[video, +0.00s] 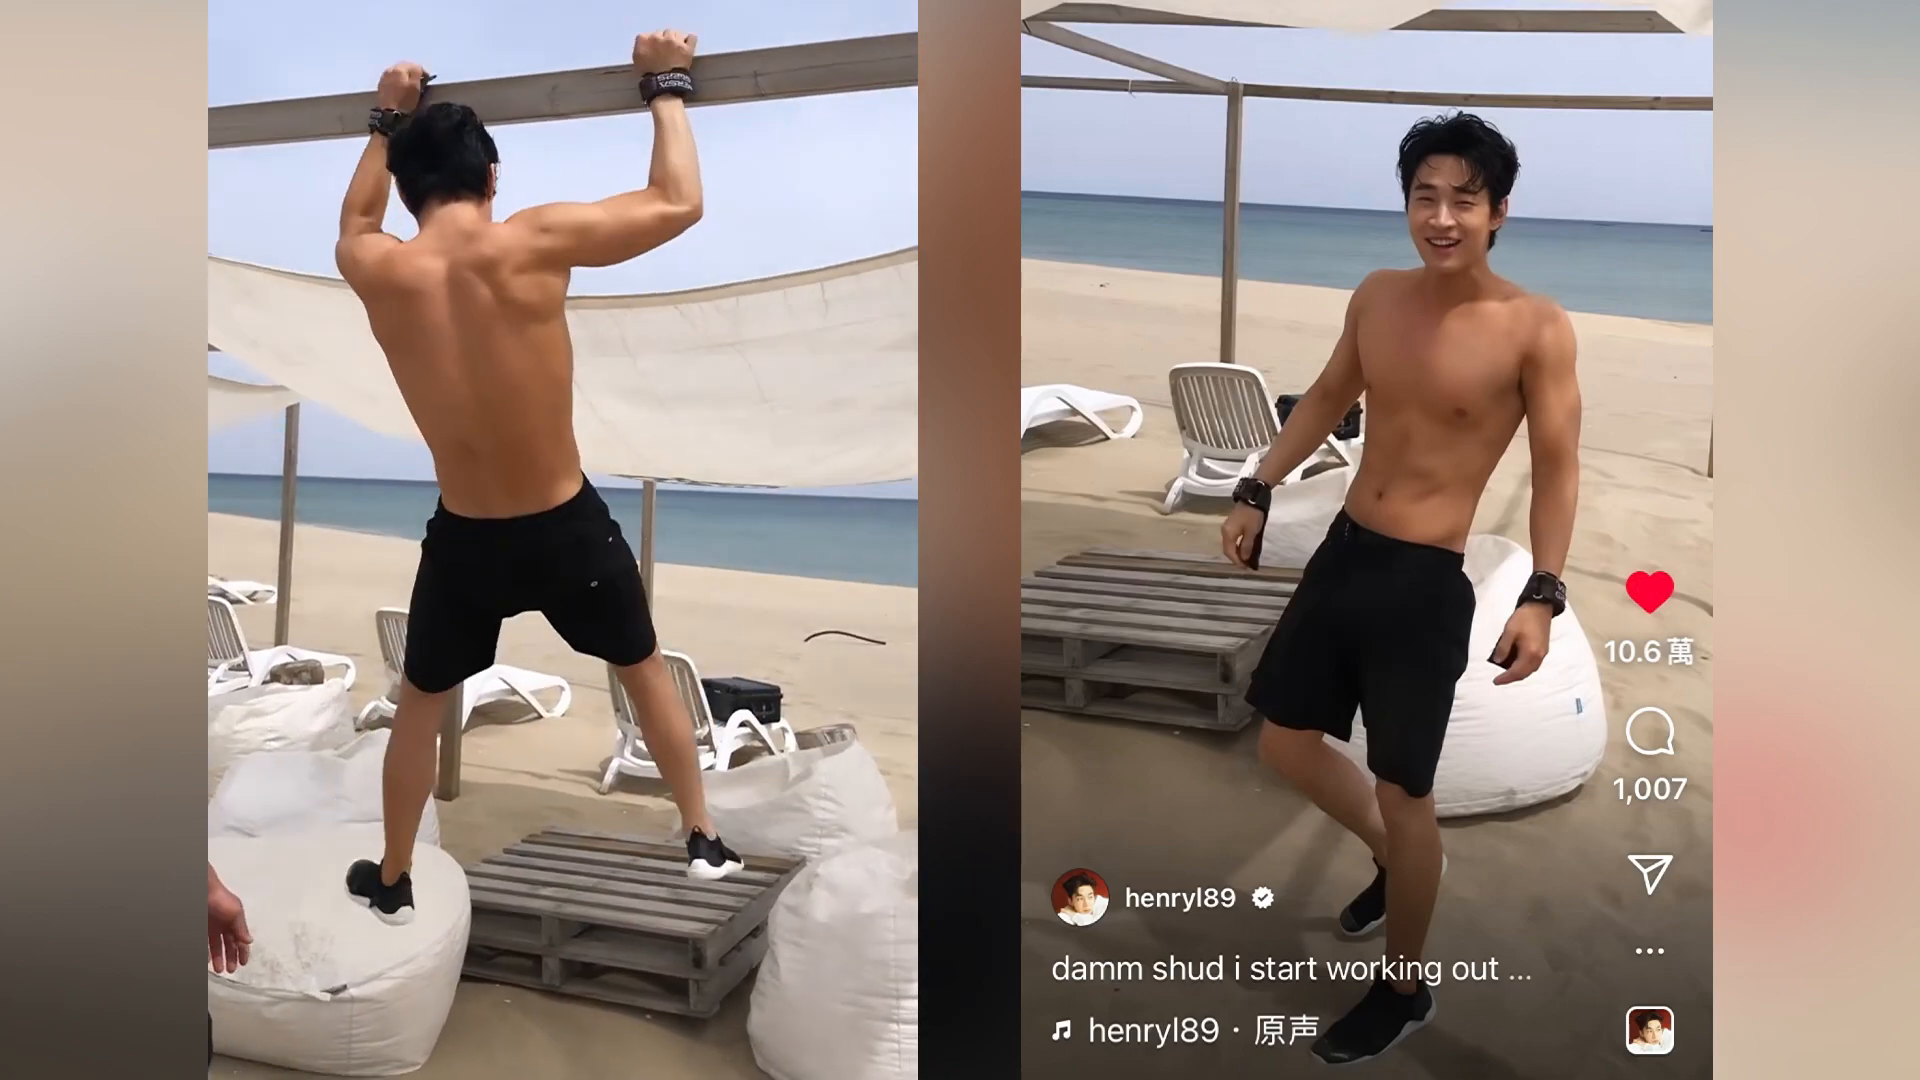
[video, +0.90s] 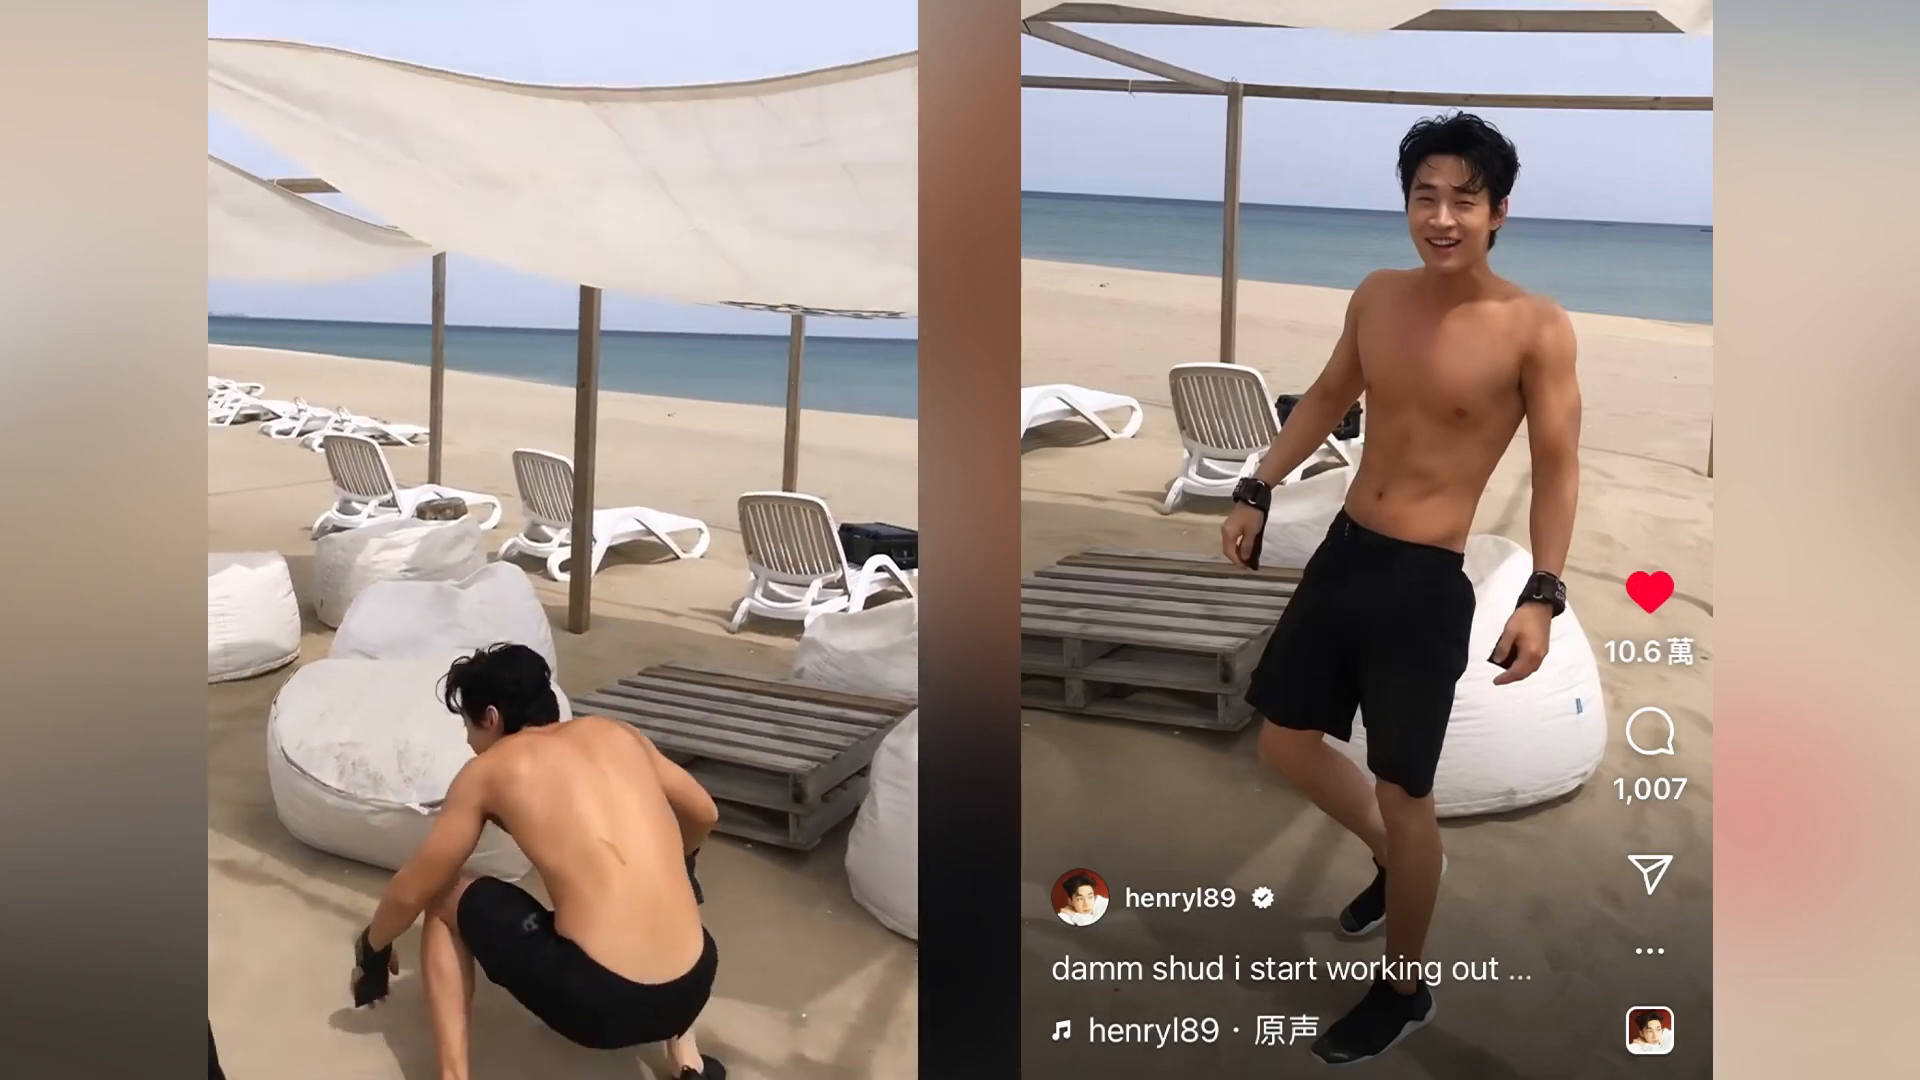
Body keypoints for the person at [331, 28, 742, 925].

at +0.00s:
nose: (502, 180)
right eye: (498, 168)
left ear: (404, 188)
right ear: (491, 174)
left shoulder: (380, 270)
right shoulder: (540, 239)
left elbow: (358, 217)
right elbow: (677, 201)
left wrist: (385, 123)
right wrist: (668, 86)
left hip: (462, 541)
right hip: (568, 531)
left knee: (420, 703)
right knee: (641, 664)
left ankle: (392, 875)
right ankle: (703, 836)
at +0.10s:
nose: (468, 227)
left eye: (431, 229)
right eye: (479, 214)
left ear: (408, 244)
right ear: (486, 226)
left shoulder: (384, 318)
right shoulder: (541, 279)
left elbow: (329, 250)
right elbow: (671, 224)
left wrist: (327, 144)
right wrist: (636, 99)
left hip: (469, 591)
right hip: (571, 579)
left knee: (422, 769)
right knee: (620, 738)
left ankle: (395, 960)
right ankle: (656, 917)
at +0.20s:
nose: (491, 335)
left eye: (409, 342)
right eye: (490, 324)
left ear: (405, 345)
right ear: (486, 328)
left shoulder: (390, 419)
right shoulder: (542, 372)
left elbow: (303, 369)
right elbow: (664, 317)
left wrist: (284, 256)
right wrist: (587, 232)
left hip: (474, 690)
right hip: (578, 680)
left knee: (412, 883)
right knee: (603, 848)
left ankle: (387, 1067)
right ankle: (624, 1026)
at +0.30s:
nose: (400, 495)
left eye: (397, 484)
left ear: (405, 486)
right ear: (485, 469)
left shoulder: (386, 559)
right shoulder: (546, 514)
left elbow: (284, 552)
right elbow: (677, 491)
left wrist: (267, 449)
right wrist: (592, 435)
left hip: (477, 837)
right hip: (583, 821)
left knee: (395, 1013)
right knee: (599, 977)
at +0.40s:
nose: (394, 634)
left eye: (392, 622)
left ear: (403, 627)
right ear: (476, 607)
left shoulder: (389, 700)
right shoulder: (553, 656)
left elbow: (280, 757)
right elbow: (671, 706)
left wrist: (266, 682)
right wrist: (619, 632)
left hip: (497, 974)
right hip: (597, 960)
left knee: (358, 1025)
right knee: (597, 1055)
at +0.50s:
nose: (404, 731)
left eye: (400, 722)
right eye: (402, 722)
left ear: (411, 722)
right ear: (481, 701)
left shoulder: (400, 794)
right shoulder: (558, 743)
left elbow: (299, 877)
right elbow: (667, 805)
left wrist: (283, 882)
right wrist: (610, 782)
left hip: (513, 1055)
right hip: (620, 1044)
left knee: (369, 1006)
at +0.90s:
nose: (470, 739)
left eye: (470, 724)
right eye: (467, 725)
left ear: (493, 717)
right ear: (548, 704)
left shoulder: (487, 770)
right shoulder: (617, 732)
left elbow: (410, 894)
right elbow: (703, 812)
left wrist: (374, 945)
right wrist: (667, 868)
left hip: (597, 1005)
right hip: (689, 992)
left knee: (446, 896)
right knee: (675, 876)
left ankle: (453, 1072)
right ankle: (688, 1063)